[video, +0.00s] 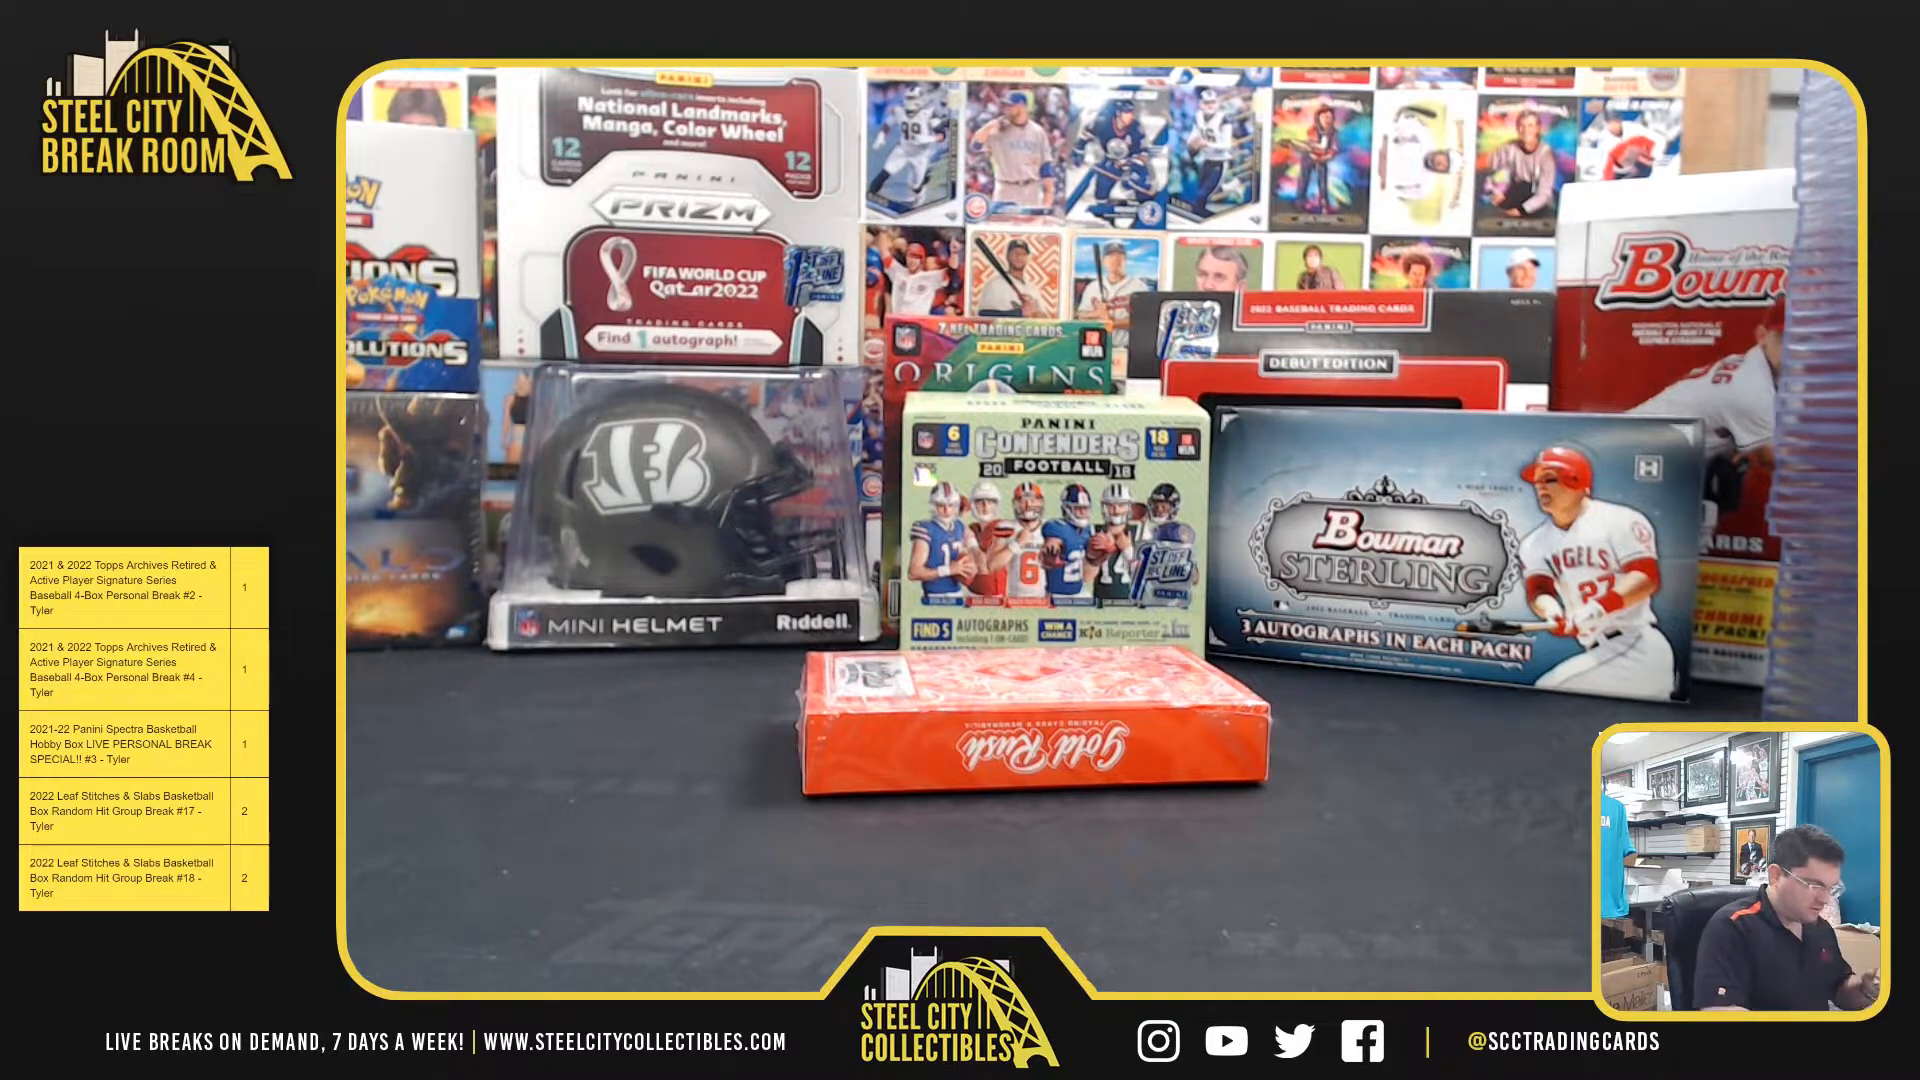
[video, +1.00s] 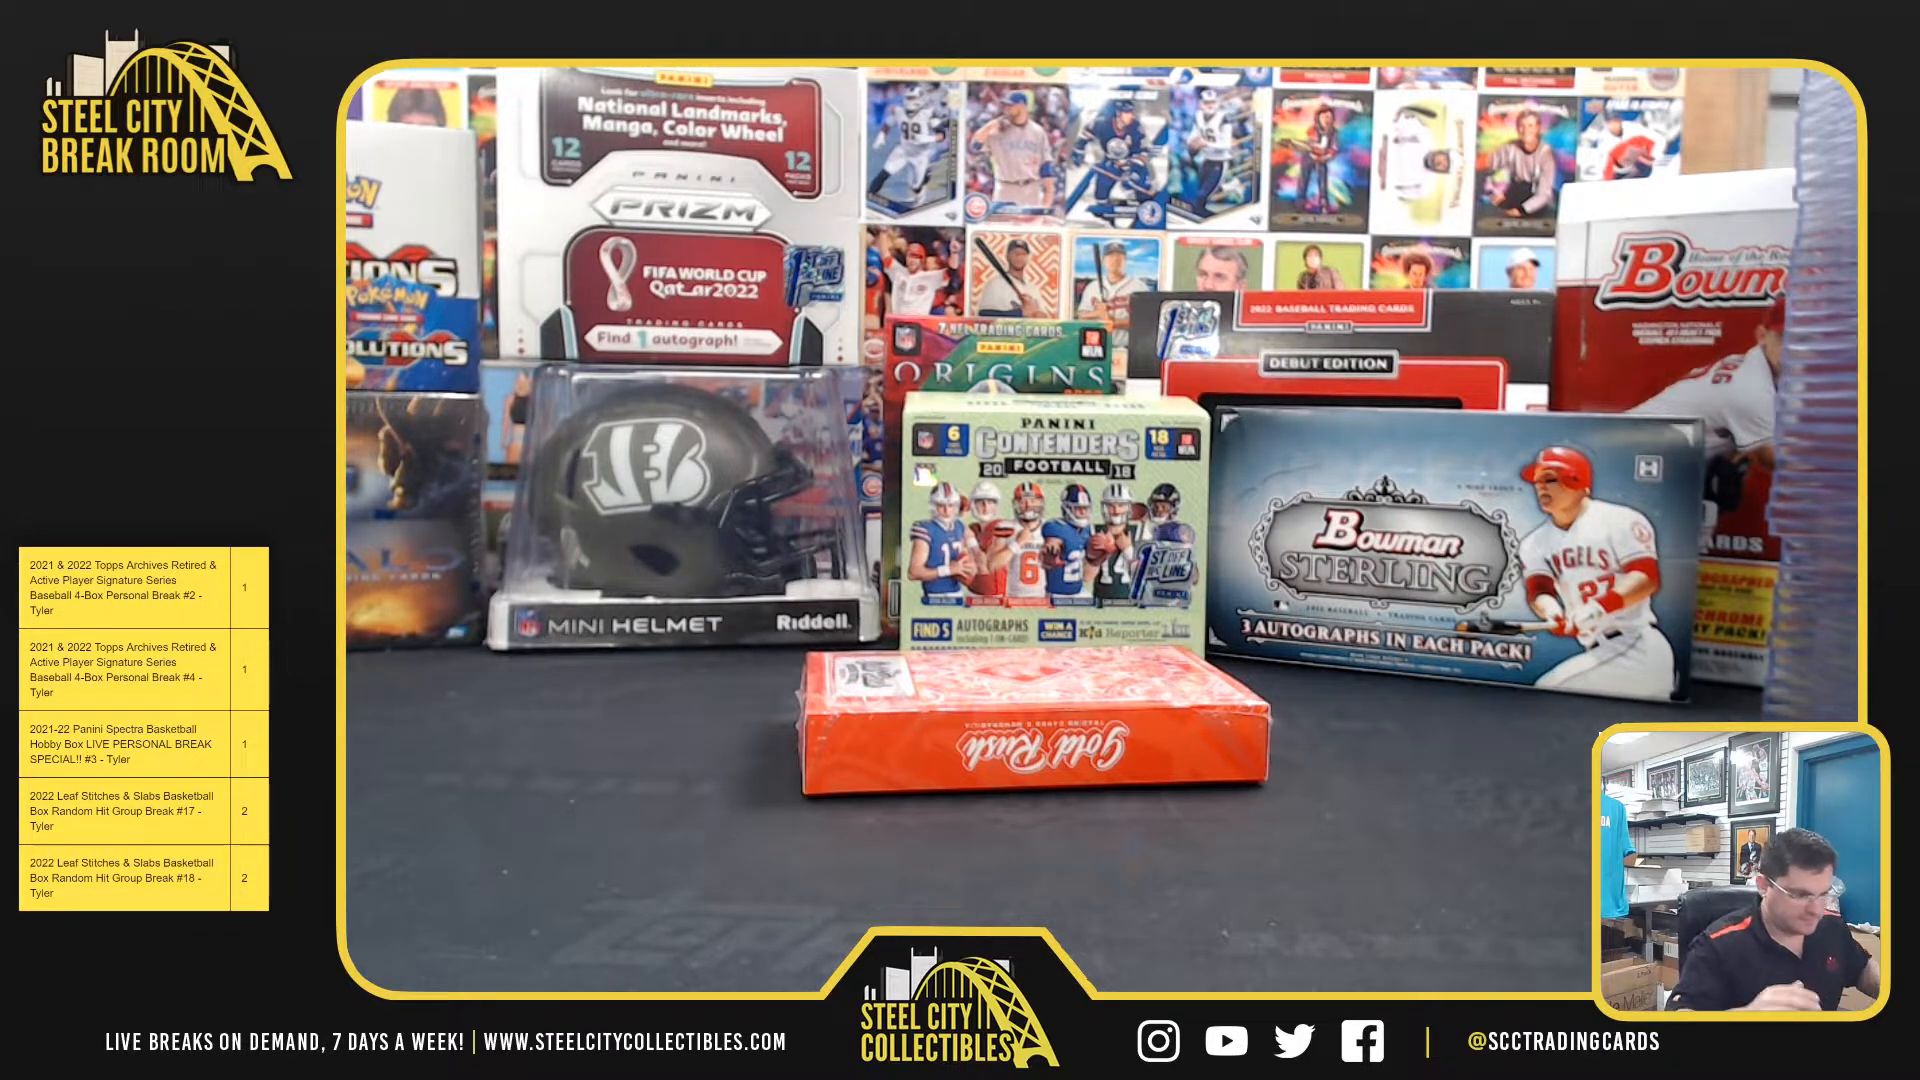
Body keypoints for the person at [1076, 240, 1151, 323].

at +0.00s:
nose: (1115, 260)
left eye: (1119, 255)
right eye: (1111, 256)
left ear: (1124, 260)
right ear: (1103, 261)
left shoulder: (1138, 287)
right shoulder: (1092, 288)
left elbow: (1143, 319)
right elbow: (1081, 315)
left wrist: (1114, 323)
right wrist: (1098, 313)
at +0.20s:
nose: (1115, 260)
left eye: (1119, 255)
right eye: (1111, 255)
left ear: (1124, 260)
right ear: (1103, 261)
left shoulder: (1138, 287)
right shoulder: (1092, 287)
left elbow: (1143, 319)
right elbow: (1081, 315)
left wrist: (1113, 323)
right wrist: (1099, 313)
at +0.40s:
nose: (1115, 260)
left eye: (1119, 255)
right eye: (1111, 256)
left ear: (1124, 260)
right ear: (1103, 261)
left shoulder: (1138, 287)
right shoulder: (1092, 287)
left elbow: (1143, 319)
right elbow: (1081, 315)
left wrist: (1114, 323)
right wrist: (1099, 313)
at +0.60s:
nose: (1115, 260)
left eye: (1119, 256)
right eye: (1111, 256)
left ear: (1124, 260)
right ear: (1103, 261)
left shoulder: (1138, 287)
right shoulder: (1093, 287)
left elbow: (1143, 319)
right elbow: (1081, 315)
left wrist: (1113, 322)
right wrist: (1099, 313)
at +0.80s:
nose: (1115, 260)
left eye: (1119, 255)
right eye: (1111, 255)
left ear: (1125, 260)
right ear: (1104, 260)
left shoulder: (1138, 286)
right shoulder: (1093, 287)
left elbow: (1144, 319)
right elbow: (1081, 315)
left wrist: (1115, 323)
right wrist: (1099, 313)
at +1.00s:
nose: (1115, 260)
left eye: (1119, 255)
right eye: (1111, 255)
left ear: (1125, 260)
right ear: (1104, 260)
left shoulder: (1138, 286)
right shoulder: (1093, 287)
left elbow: (1144, 319)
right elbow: (1081, 315)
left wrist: (1114, 323)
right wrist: (1098, 313)